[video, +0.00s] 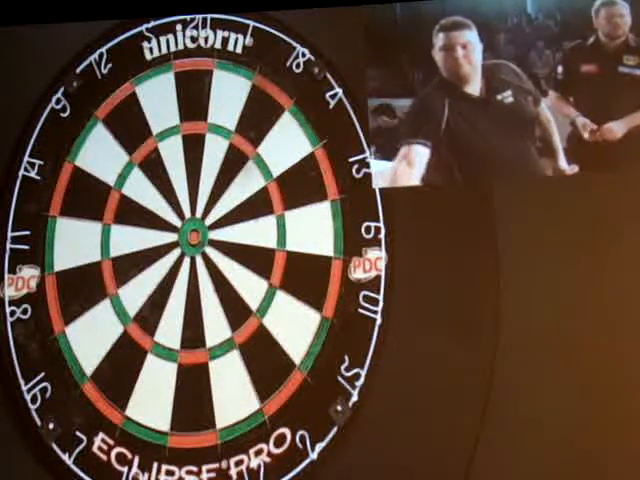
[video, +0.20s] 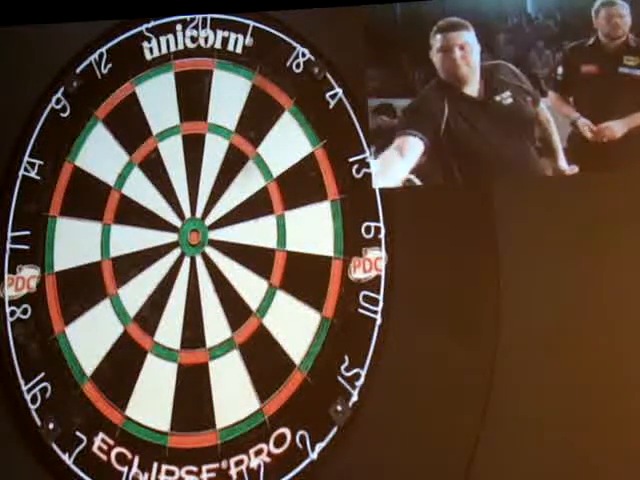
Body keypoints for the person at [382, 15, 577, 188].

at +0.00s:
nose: (458, 55)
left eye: (465, 46)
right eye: (448, 49)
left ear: (479, 49)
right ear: (435, 56)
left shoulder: (505, 74)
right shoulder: (432, 102)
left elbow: (542, 114)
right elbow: (409, 164)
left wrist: (560, 161)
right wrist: (396, 222)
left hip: (535, 197)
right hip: (475, 209)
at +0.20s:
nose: (456, 57)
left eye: (463, 47)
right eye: (445, 51)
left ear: (478, 51)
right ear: (433, 59)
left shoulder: (503, 74)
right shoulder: (432, 102)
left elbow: (542, 115)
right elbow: (402, 153)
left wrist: (561, 161)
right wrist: (367, 189)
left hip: (537, 195)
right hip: (480, 207)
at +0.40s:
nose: (455, 58)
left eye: (462, 49)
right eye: (444, 52)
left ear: (476, 52)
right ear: (431, 60)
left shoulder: (503, 76)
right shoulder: (430, 104)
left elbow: (540, 115)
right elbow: (404, 136)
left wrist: (559, 162)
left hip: (539, 188)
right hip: (484, 201)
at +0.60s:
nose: (454, 59)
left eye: (461, 50)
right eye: (443, 53)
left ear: (476, 53)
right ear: (430, 62)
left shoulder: (502, 77)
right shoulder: (432, 104)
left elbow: (539, 116)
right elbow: (394, 150)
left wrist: (559, 165)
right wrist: (382, 89)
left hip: (543, 193)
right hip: (485, 208)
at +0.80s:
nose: (454, 59)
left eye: (461, 49)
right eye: (443, 53)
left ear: (475, 52)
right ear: (430, 61)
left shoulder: (500, 76)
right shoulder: (431, 101)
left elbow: (538, 116)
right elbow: (401, 152)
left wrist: (560, 166)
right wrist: (403, 82)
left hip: (543, 192)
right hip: (485, 206)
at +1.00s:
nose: (456, 60)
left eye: (462, 51)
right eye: (444, 55)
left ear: (475, 54)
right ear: (430, 64)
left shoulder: (500, 77)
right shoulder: (432, 103)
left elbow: (538, 117)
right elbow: (405, 156)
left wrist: (559, 169)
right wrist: (415, 85)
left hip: (545, 192)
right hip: (489, 207)